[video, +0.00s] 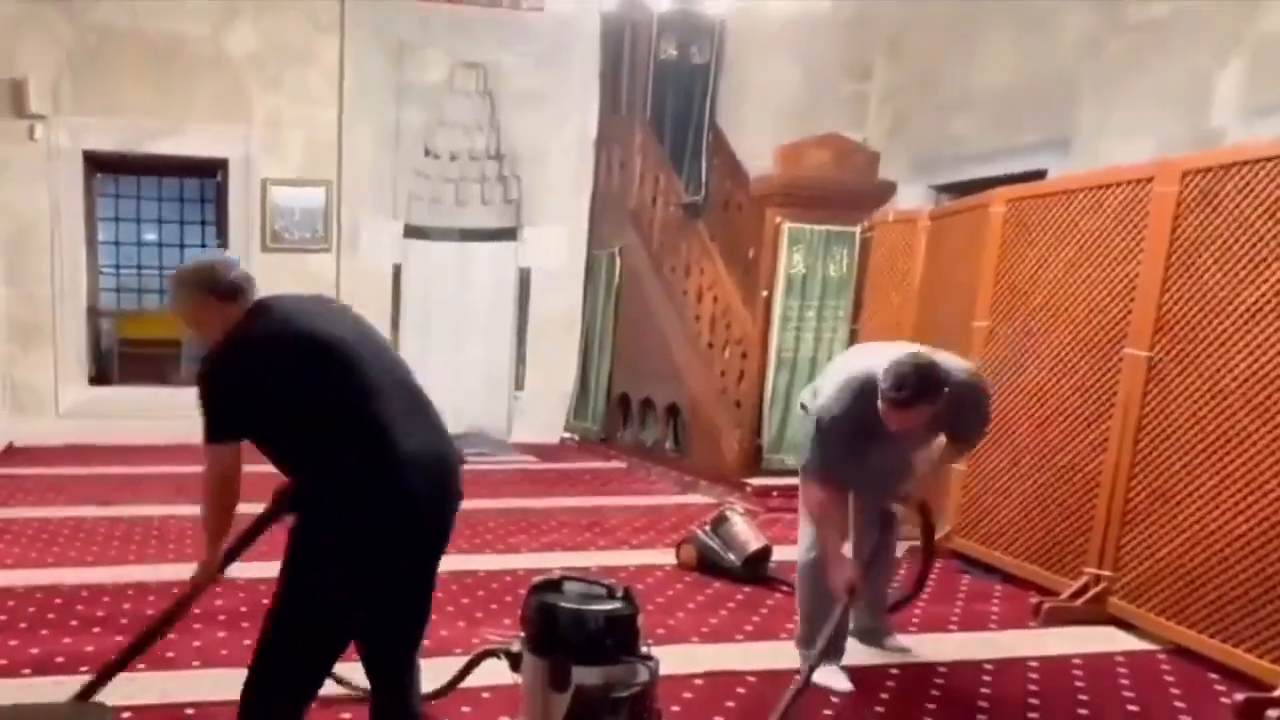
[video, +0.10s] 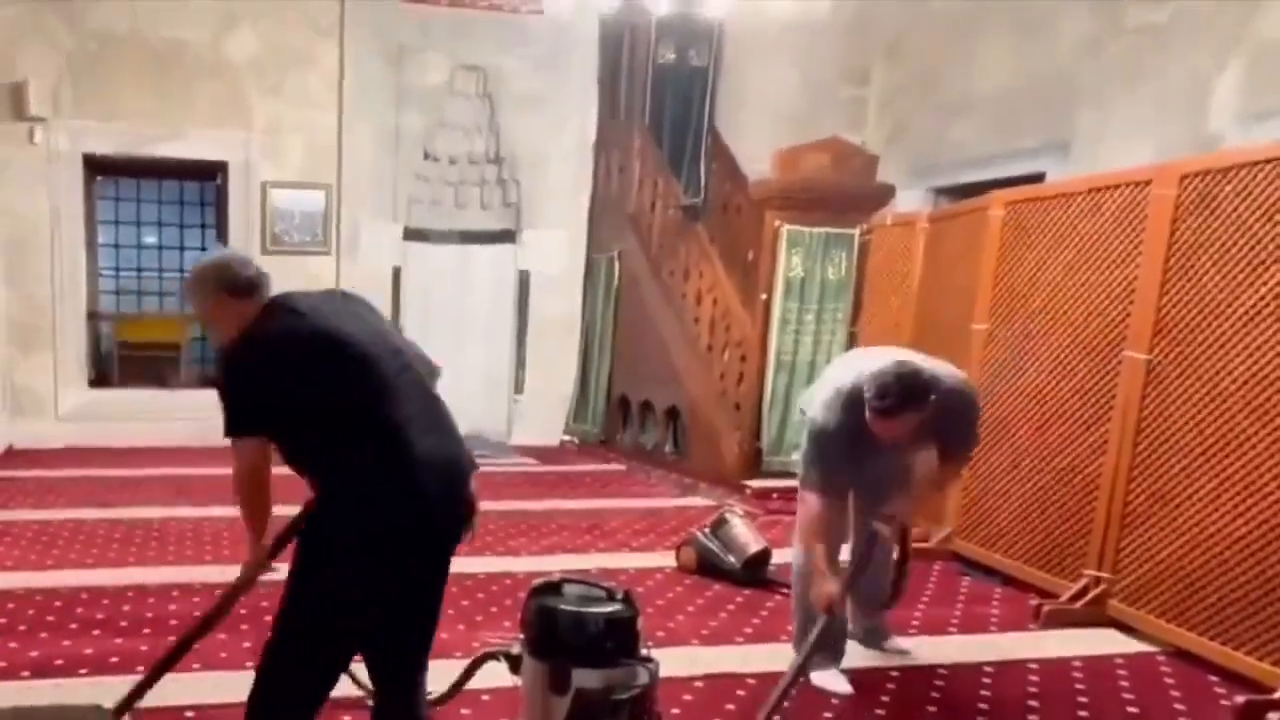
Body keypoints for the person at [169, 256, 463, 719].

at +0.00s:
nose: (195, 335)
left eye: (192, 322)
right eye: (188, 324)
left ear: (209, 307)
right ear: (243, 291)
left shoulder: (227, 364)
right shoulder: (315, 311)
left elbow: (223, 479)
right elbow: (361, 401)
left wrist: (211, 556)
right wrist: (304, 477)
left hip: (354, 501)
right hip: (433, 481)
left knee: (286, 666)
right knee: (393, 656)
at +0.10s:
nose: (209, 335)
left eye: (206, 321)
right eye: (203, 323)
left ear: (221, 306)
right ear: (259, 288)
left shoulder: (245, 357)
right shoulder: (340, 304)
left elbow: (252, 468)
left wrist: (258, 541)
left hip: (363, 505)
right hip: (443, 492)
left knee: (295, 667)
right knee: (400, 666)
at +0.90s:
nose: (115, 406)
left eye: (111, 386)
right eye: (104, 393)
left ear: (153, 357)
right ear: (168, 348)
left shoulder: (178, 431)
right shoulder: (265, 334)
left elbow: (160, 583)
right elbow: (367, 315)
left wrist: (110, 703)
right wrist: (372, 382)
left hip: (340, 558)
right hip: (416, 521)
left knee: (257, 705)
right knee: (366, 689)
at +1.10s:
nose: (37, 443)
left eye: (36, 423)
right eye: (28, 428)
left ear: (81, 393)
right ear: (98, 378)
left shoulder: (116, 475)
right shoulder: (196, 348)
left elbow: (113, 638)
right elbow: (299, 312)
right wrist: (322, 365)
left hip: (316, 569)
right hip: (392, 518)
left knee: (249, 706)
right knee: (346, 696)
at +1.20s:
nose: (26, 462)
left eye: (19, 443)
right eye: (15, 448)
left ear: (60, 408)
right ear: (75, 383)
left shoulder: (104, 488)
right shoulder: (173, 347)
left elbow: (111, 646)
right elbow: (281, 313)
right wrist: (302, 360)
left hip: (328, 569)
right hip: (385, 512)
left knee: (249, 707)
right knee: (329, 700)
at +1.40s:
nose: (17, 452)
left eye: (14, 433)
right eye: (8, 441)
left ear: (56, 388)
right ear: (67, 375)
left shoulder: (105, 486)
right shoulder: (162, 339)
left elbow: (125, 653)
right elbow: (275, 314)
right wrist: (295, 368)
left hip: (317, 582)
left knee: (263, 708)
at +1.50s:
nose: (11, 431)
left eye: (11, 408)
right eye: (4, 415)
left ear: (64, 372)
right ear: (73, 362)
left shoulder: (117, 470)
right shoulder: (164, 332)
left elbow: (156, 632)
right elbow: (277, 313)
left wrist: (97, 711)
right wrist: (301, 376)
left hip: (300, 593)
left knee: (240, 709)